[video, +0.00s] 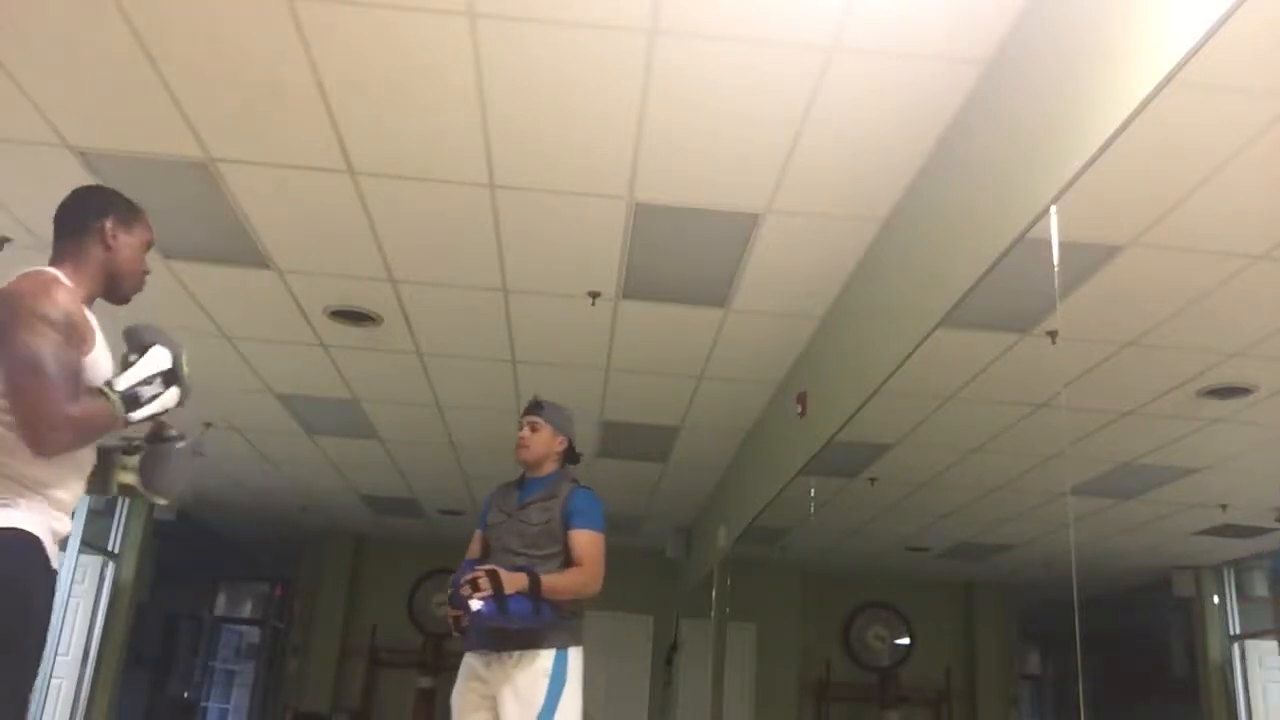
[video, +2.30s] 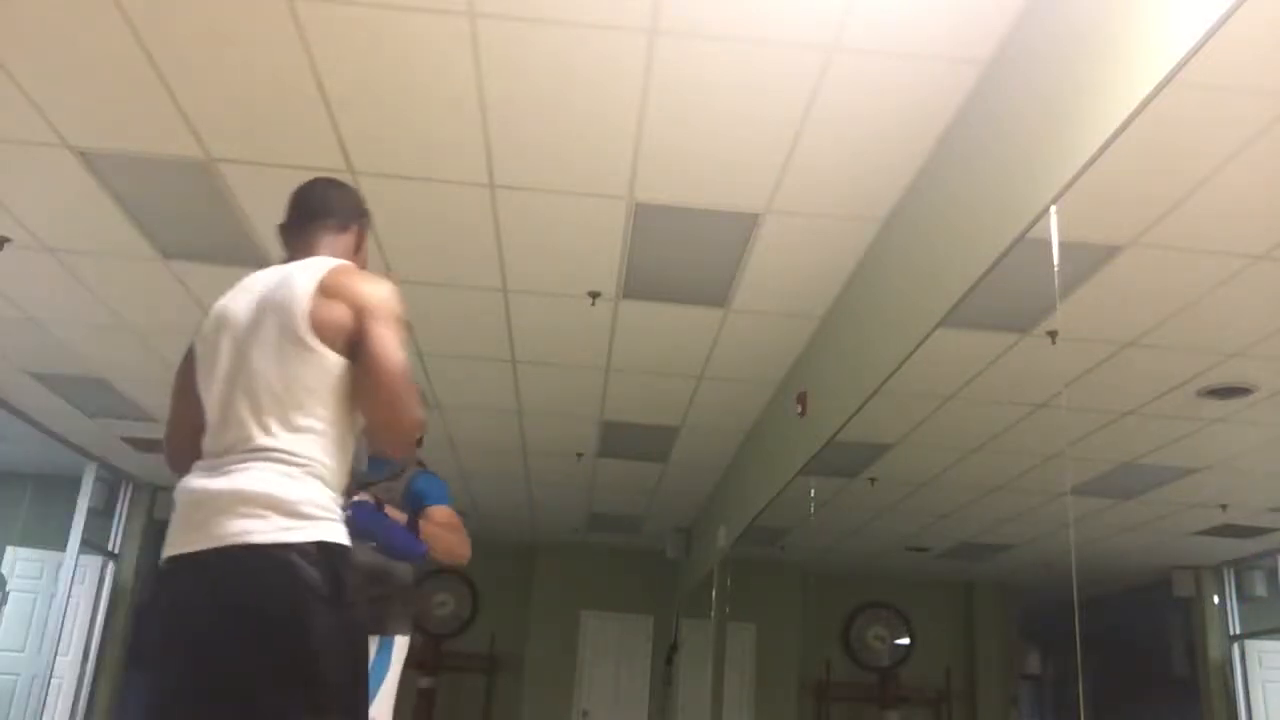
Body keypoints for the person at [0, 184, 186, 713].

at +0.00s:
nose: (148, 267)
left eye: (149, 252)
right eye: (145, 248)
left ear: (105, 238)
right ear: (108, 234)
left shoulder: (71, 314)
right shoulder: (42, 296)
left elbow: (48, 438)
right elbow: (47, 427)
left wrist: (126, 432)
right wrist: (128, 401)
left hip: (29, 543)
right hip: (14, 541)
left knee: (15, 698)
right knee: (10, 699)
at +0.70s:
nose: (181, 260)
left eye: (184, 245)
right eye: (182, 241)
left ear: (108, 233)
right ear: (157, 231)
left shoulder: (52, 296)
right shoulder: (130, 292)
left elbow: (47, 422)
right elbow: (122, 420)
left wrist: (141, 456)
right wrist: (178, 419)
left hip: (15, 533)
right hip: (56, 544)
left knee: (21, 699)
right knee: (31, 704)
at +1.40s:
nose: (233, 255)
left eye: (236, 238)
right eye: (235, 235)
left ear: (155, 222)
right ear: (214, 222)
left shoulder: (75, 301)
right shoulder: (185, 293)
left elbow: (34, 429)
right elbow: (196, 445)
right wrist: (243, 411)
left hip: (29, 548)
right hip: (105, 550)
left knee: (42, 710)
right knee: (116, 707)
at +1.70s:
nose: (269, 240)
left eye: (271, 223)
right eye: (271, 221)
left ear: (187, 208)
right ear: (255, 210)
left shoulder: (106, 282)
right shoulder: (238, 280)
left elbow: (61, 417)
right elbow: (264, 436)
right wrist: (297, 391)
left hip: (63, 538)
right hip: (148, 543)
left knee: (60, 706)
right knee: (133, 706)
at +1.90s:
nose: (288, 255)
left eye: (288, 244)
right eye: (289, 241)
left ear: (207, 233)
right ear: (278, 232)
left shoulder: (141, 305)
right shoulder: (273, 282)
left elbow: (107, 444)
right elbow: (307, 434)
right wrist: (326, 399)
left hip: (104, 554)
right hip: (183, 555)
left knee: (107, 707)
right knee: (158, 708)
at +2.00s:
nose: (303, 261)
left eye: (303, 252)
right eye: (304, 250)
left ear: (221, 246)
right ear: (291, 241)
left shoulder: (161, 317)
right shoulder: (292, 281)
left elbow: (138, 447)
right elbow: (324, 415)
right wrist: (329, 436)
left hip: (132, 558)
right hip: (219, 556)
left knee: (140, 711)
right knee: (237, 710)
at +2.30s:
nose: (361, 256)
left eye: (359, 245)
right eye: (363, 242)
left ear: (286, 235)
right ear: (357, 235)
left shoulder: (220, 313)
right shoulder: (358, 287)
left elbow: (180, 451)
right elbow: (398, 431)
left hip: (186, 566)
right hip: (289, 560)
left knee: (173, 710)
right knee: (310, 709)